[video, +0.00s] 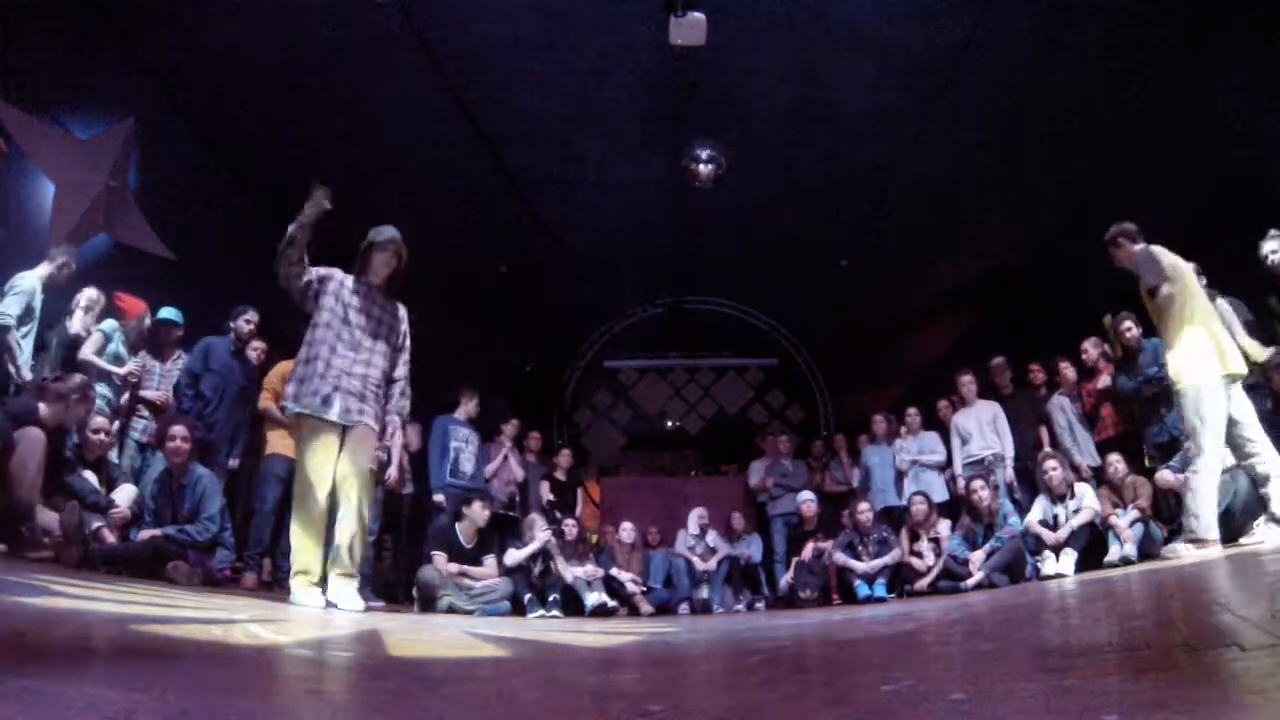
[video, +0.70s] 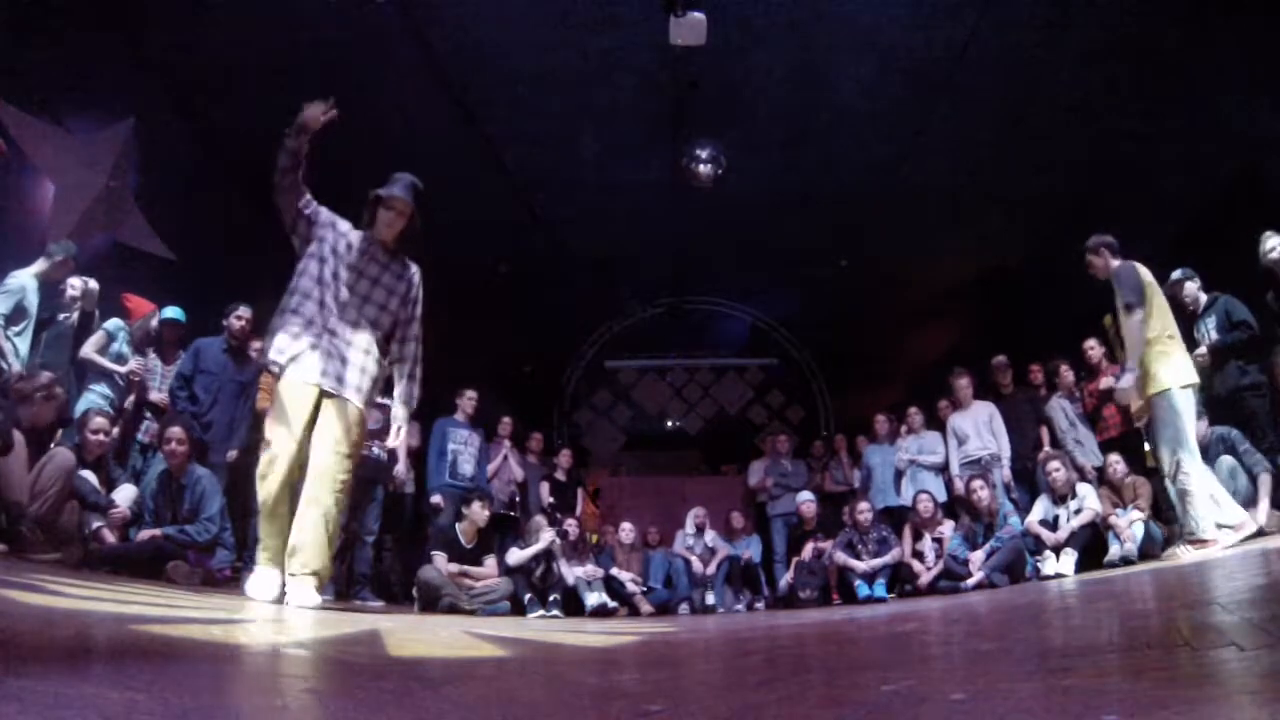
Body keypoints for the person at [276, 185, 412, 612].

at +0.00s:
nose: (387, 260)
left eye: (394, 256)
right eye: (383, 251)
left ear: (398, 265)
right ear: (366, 253)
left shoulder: (397, 314)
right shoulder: (331, 282)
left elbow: (400, 380)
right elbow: (290, 275)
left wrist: (394, 435)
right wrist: (304, 222)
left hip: (366, 410)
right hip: (317, 398)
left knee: (354, 493)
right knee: (313, 490)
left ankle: (344, 582)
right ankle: (304, 581)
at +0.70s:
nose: (391, 218)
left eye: (400, 213)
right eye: (387, 208)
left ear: (410, 222)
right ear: (373, 207)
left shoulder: (408, 279)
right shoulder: (330, 230)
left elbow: (407, 353)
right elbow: (290, 192)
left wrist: (403, 418)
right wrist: (300, 135)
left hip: (354, 380)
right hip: (298, 362)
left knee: (329, 474)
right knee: (281, 462)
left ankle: (306, 575)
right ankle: (267, 565)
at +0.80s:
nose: (388, 201)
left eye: (398, 196)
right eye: (383, 191)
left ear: (408, 204)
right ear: (369, 190)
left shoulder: (410, 258)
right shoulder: (329, 218)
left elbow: (409, 336)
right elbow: (290, 184)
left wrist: (401, 406)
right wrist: (297, 139)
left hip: (356, 368)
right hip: (299, 346)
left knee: (330, 470)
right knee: (269, 449)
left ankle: (308, 578)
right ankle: (253, 564)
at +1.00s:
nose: (376, 161)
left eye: (385, 154)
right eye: (370, 151)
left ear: (399, 162)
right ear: (358, 154)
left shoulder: (412, 219)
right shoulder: (324, 190)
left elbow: (409, 293)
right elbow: (293, 143)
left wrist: (383, 349)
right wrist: (300, 85)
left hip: (354, 351)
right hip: (292, 333)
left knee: (328, 466)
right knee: (253, 439)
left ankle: (308, 578)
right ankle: (222, 569)